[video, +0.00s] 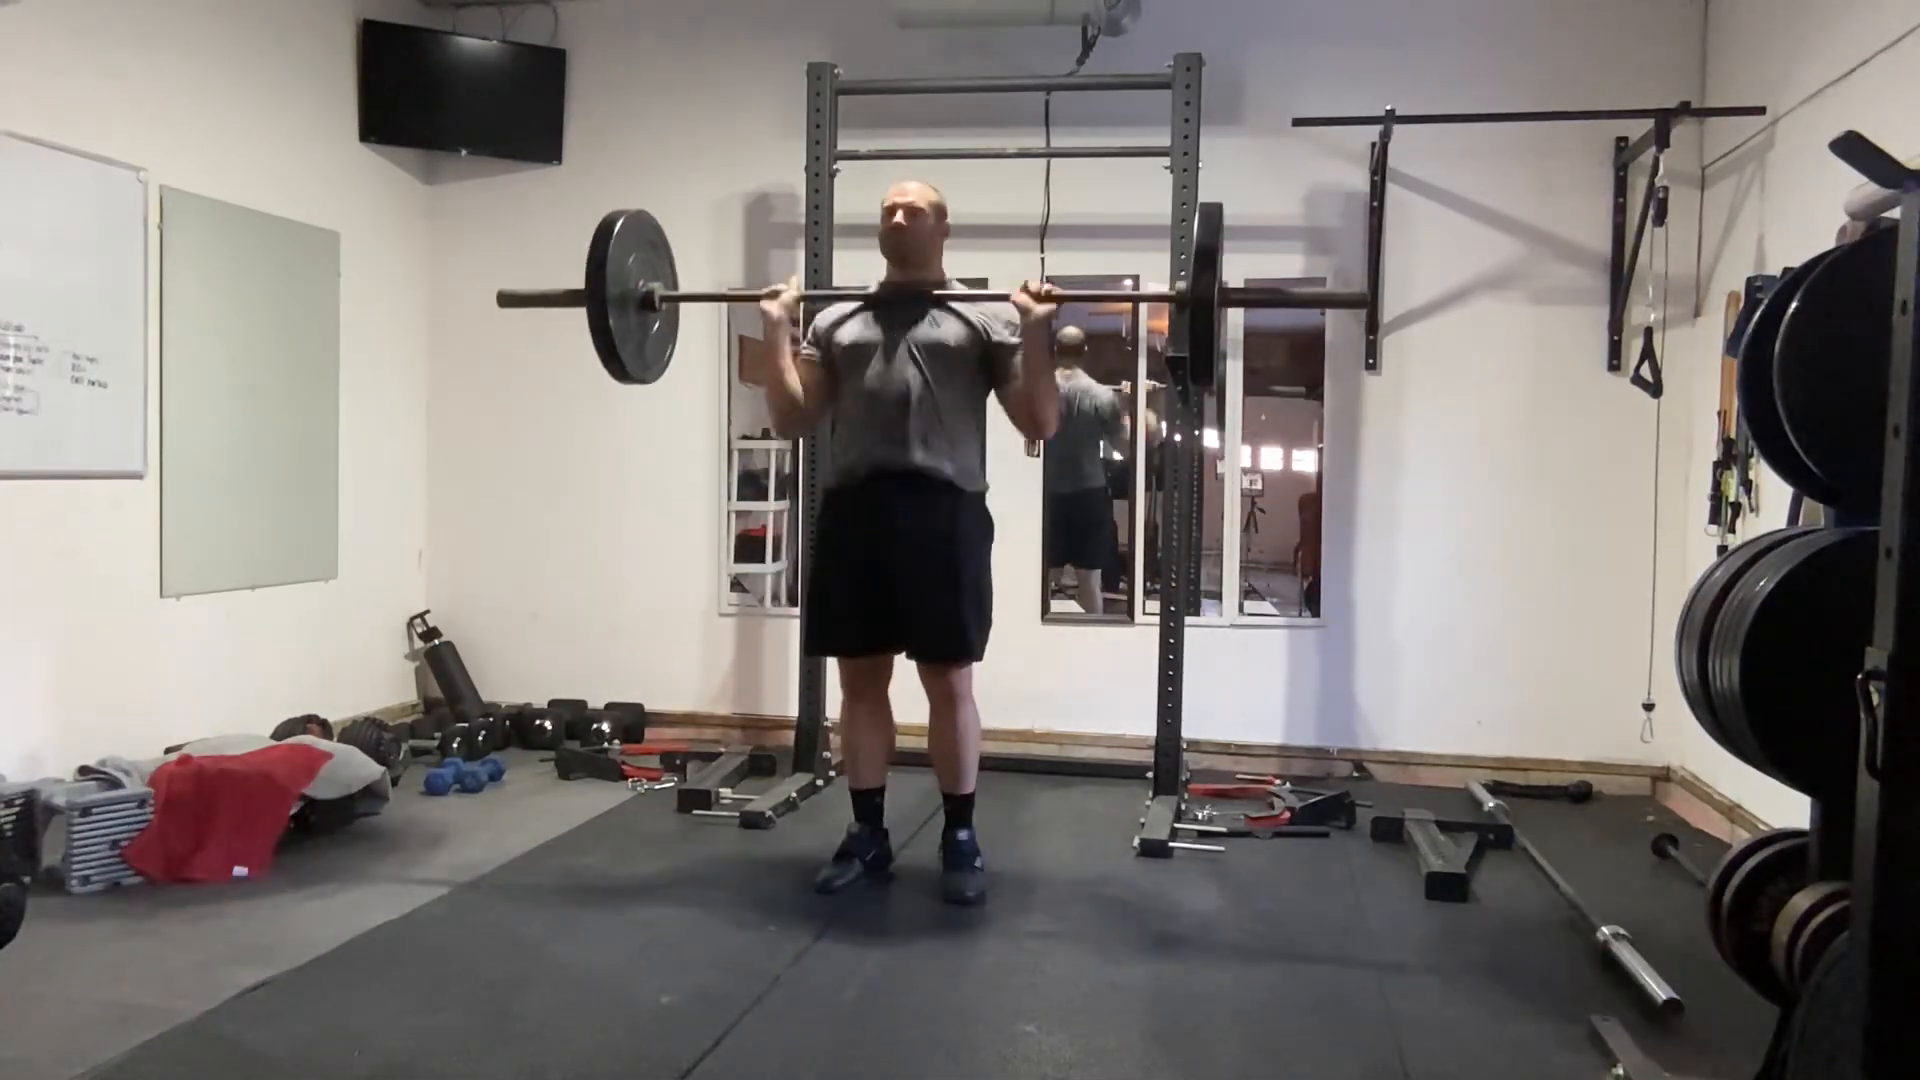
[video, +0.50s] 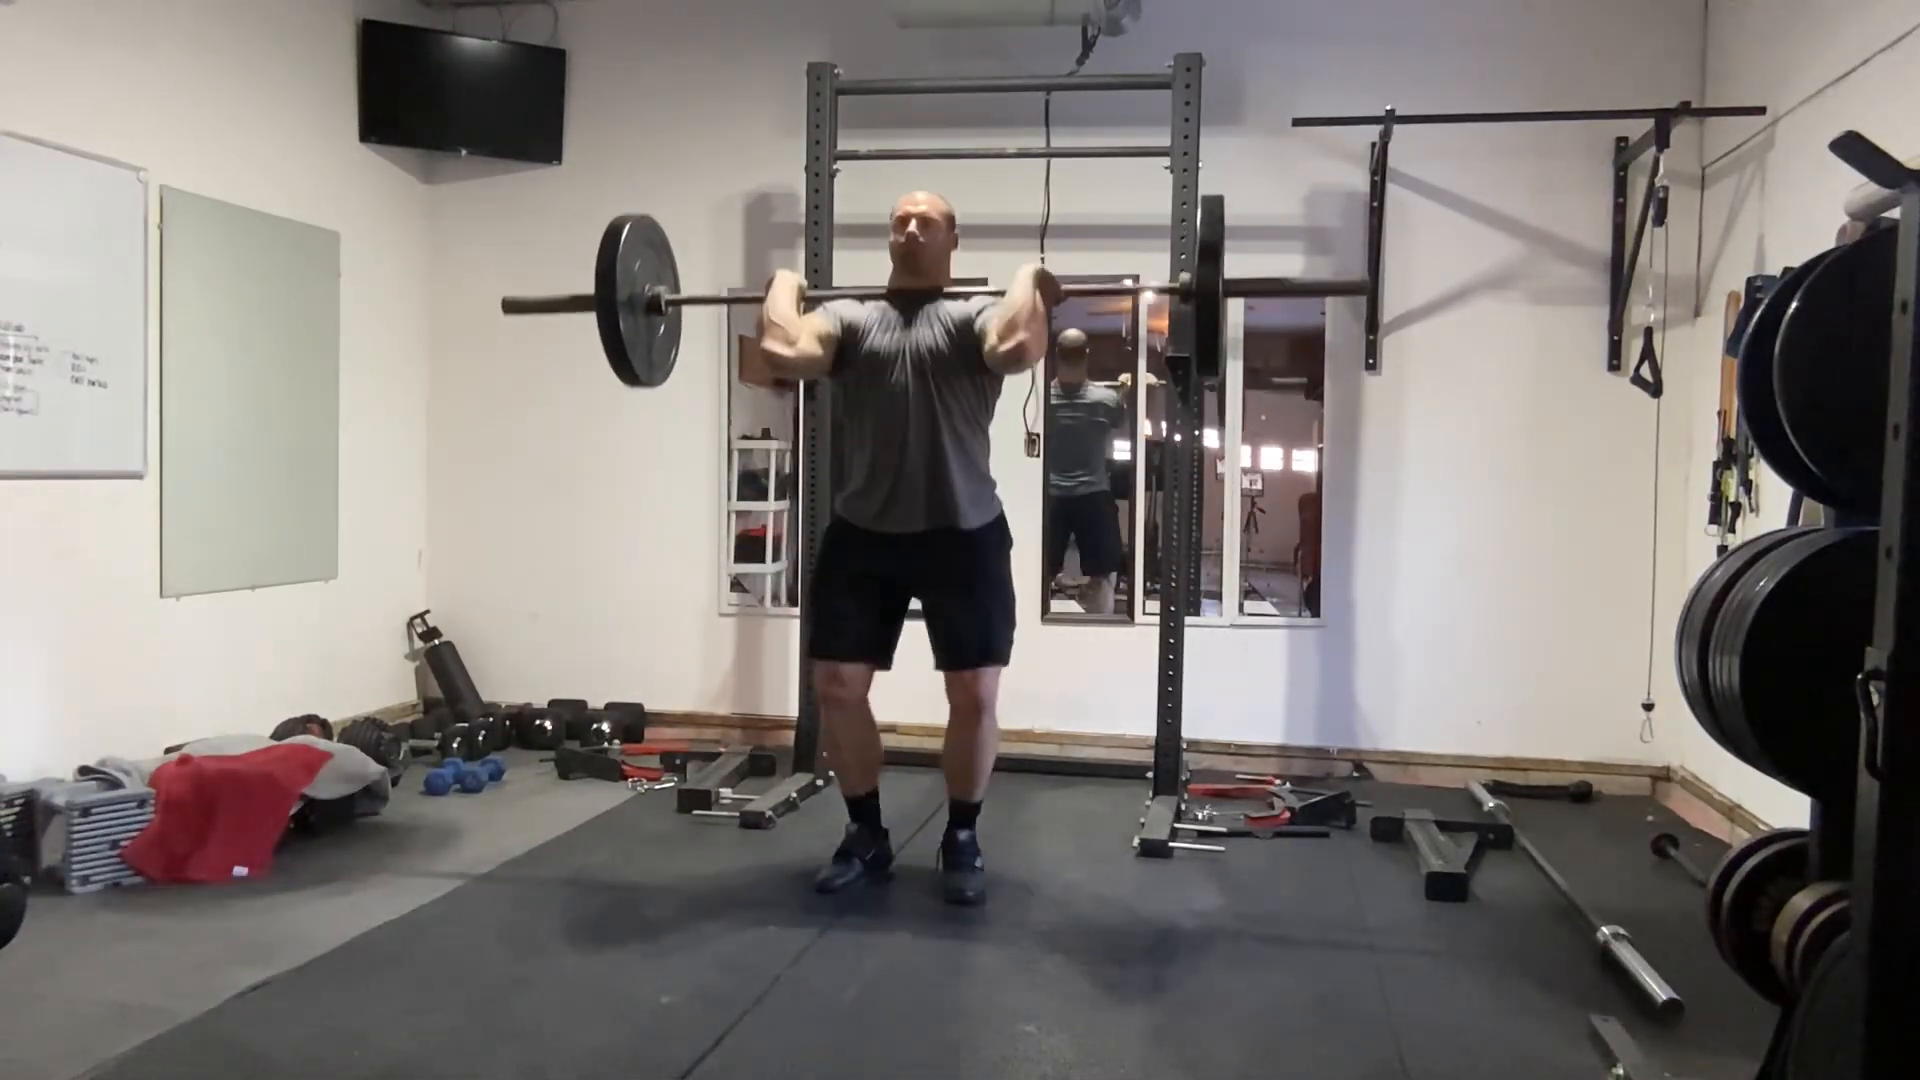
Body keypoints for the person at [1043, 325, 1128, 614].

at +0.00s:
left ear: (1054, 350)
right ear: (1084, 351)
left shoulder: (1039, 390)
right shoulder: (1099, 394)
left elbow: (1031, 442)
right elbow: (1122, 444)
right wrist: (1128, 401)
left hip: (1046, 493)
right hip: (1088, 492)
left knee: (1043, 575)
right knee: (1089, 577)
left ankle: (1036, 642)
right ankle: (1097, 641)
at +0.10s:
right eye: (1081, 352)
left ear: (1056, 352)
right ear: (1085, 353)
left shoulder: (1038, 394)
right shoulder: (1101, 397)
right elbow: (1117, 428)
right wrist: (1123, 397)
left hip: (1047, 494)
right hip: (1088, 493)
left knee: (1044, 575)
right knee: (1089, 576)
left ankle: (1037, 644)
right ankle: (1096, 642)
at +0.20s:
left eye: (1060, 352)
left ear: (1055, 353)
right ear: (1086, 353)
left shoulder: (1041, 395)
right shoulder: (1104, 397)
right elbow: (1121, 413)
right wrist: (1127, 386)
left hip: (1049, 495)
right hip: (1090, 495)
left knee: (1045, 577)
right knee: (1089, 578)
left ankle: (1038, 645)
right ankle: (1096, 644)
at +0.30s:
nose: (1070, 358)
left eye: (1065, 353)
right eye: (1076, 352)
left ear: (1056, 352)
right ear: (1087, 352)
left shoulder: (1043, 394)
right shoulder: (1106, 393)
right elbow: (1126, 400)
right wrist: (1128, 380)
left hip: (1050, 496)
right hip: (1091, 495)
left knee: (1044, 576)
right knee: (1089, 575)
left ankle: (1038, 645)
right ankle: (1097, 641)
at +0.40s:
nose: (1072, 355)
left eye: (1066, 350)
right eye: (1079, 349)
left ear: (1057, 351)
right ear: (1088, 351)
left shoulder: (1042, 392)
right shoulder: (1105, 393)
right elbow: (1132, 402)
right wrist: (1130, 382)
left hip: (1051, 493)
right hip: (1091, 492)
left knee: (1046, 574)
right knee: (1088, 572)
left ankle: (1038, 641)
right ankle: (1097, 638)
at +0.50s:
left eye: (1067, 356)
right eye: (1081, 354)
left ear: (1056, 356)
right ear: (1087, 355)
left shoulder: (1043, 397)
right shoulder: (1105, 398)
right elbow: (1125, 426)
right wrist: (1130, 393)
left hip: (1052, 495)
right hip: (1093, 495)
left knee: (1043, 573)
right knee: (1101, 573)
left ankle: (1036, 642)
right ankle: (1099, 643)